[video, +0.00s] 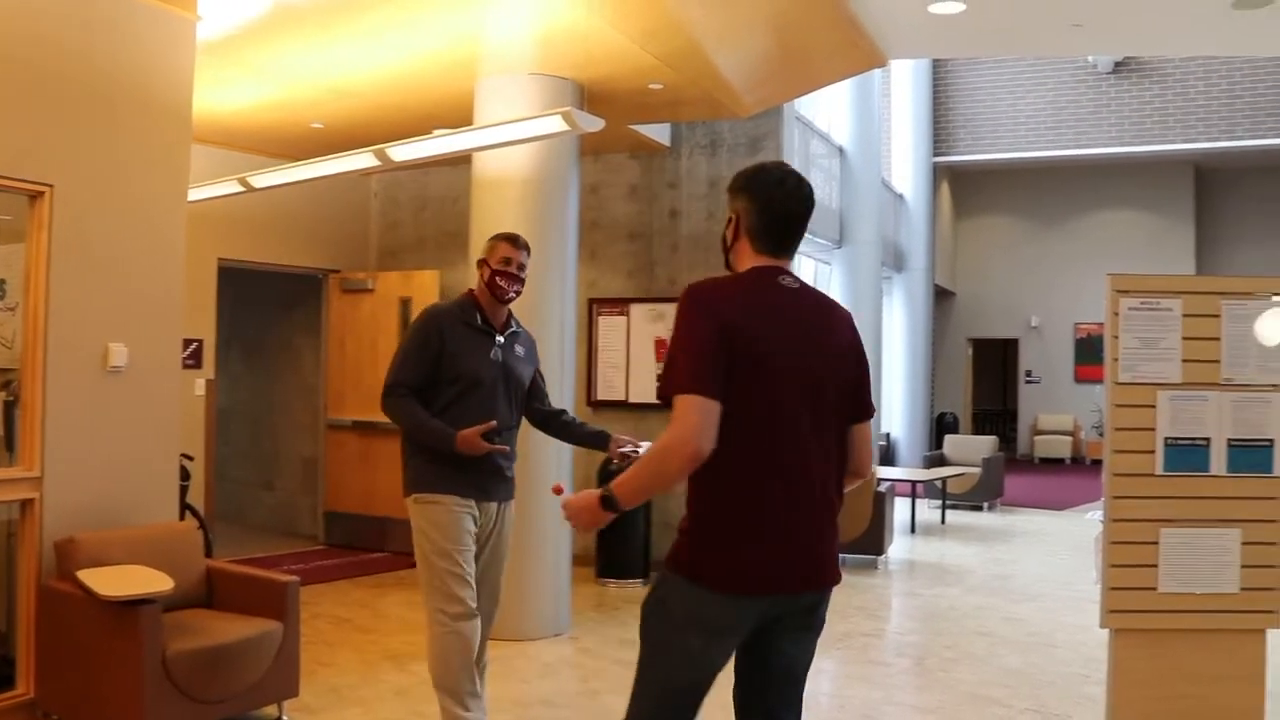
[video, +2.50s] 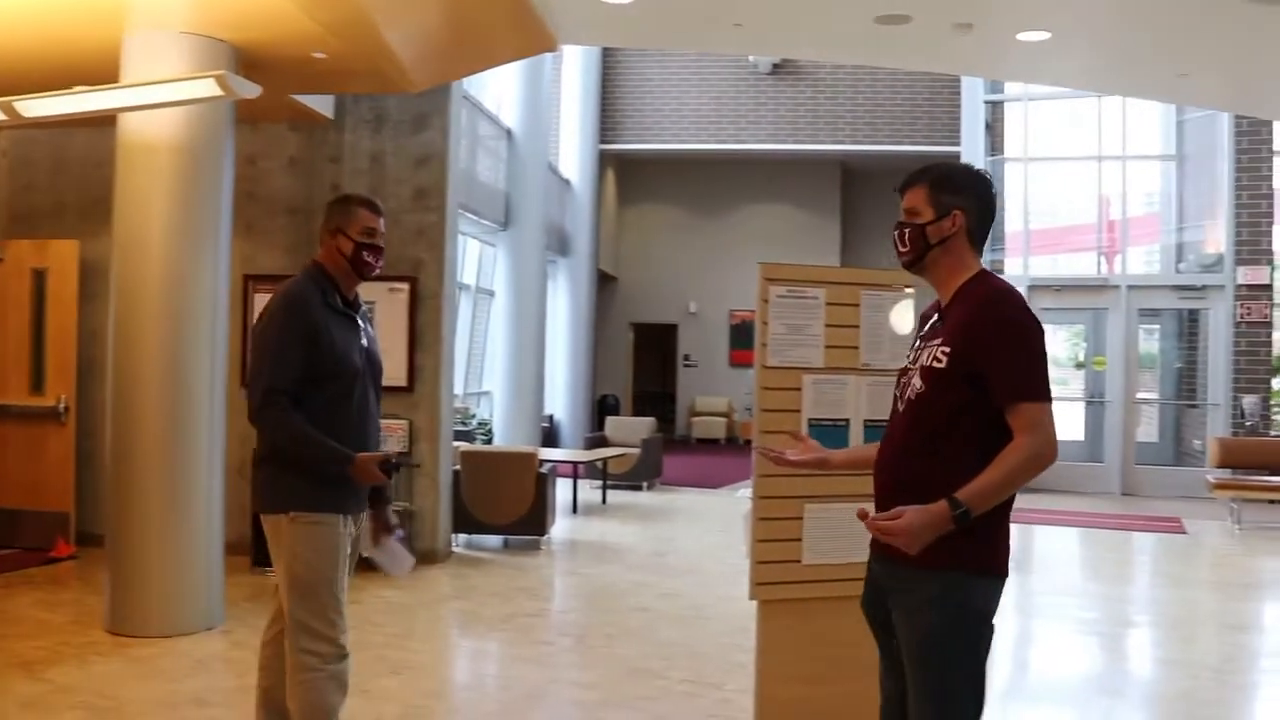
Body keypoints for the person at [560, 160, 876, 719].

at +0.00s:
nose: (724, 228)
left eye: (728, 216)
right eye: (728, 216)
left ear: (736, 224)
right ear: (797, 233)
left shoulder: (712, 300)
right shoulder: (837, 321)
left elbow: (692, 439)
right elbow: (858, 466)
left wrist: (605, 502)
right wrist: (795, 494)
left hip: (716, 567)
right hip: (806, 571)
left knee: (655, 714)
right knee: (774, 715)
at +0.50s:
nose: (755, 237)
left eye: (761, 222)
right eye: (757, 223)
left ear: (790, 227)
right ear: (834, 232)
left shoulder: (797, 311)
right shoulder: (875, 324)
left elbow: (796, 462)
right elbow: (889, 468)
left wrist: (681, 525)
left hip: (795, 587)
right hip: (847, 582)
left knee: (795, 714)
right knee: (784, 710)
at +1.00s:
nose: (800, 229)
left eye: (810, 213)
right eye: (801, 214)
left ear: (854, 217)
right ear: (853, 217)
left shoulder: (898, 306)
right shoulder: (880, 304)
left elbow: (930, 480)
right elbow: (896, 455)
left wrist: (802, 558)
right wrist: (817, 477)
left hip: (875, 611)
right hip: (841, 599)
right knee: (795, 713)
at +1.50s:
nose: (853, 218)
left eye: (859, 204)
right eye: (855, 204)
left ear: (886, 211)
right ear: (910, 213)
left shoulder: (933, 305)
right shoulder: (919, 299)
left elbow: (970, 470)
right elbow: (901, 445)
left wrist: (853, 548)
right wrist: (808, 454)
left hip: (900, 586)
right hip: (887, 579)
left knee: (874, 709)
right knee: (873, 707)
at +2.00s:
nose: (900, 234)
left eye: (907, 221)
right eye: (902, 222)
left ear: (937, 230)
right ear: (943, 232)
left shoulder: (978, 312)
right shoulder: (962, 310)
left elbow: (1012, 458)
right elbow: (951, 450)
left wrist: (904, 526)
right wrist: (861, 468)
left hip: (943, 572)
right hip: (942, 566)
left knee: (890, 711)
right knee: (945, 712)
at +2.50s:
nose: (901, 232)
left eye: (912, 218)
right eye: (901, 219)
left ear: (954, 224)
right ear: (949, 225)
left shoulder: (997, 307)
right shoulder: (937, 315)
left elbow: (1039, 443)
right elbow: (919, 443)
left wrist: (942, 515)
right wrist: (829, 457)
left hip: (950, 573)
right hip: (898, 563)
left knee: (943, 714)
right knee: (899, 711)